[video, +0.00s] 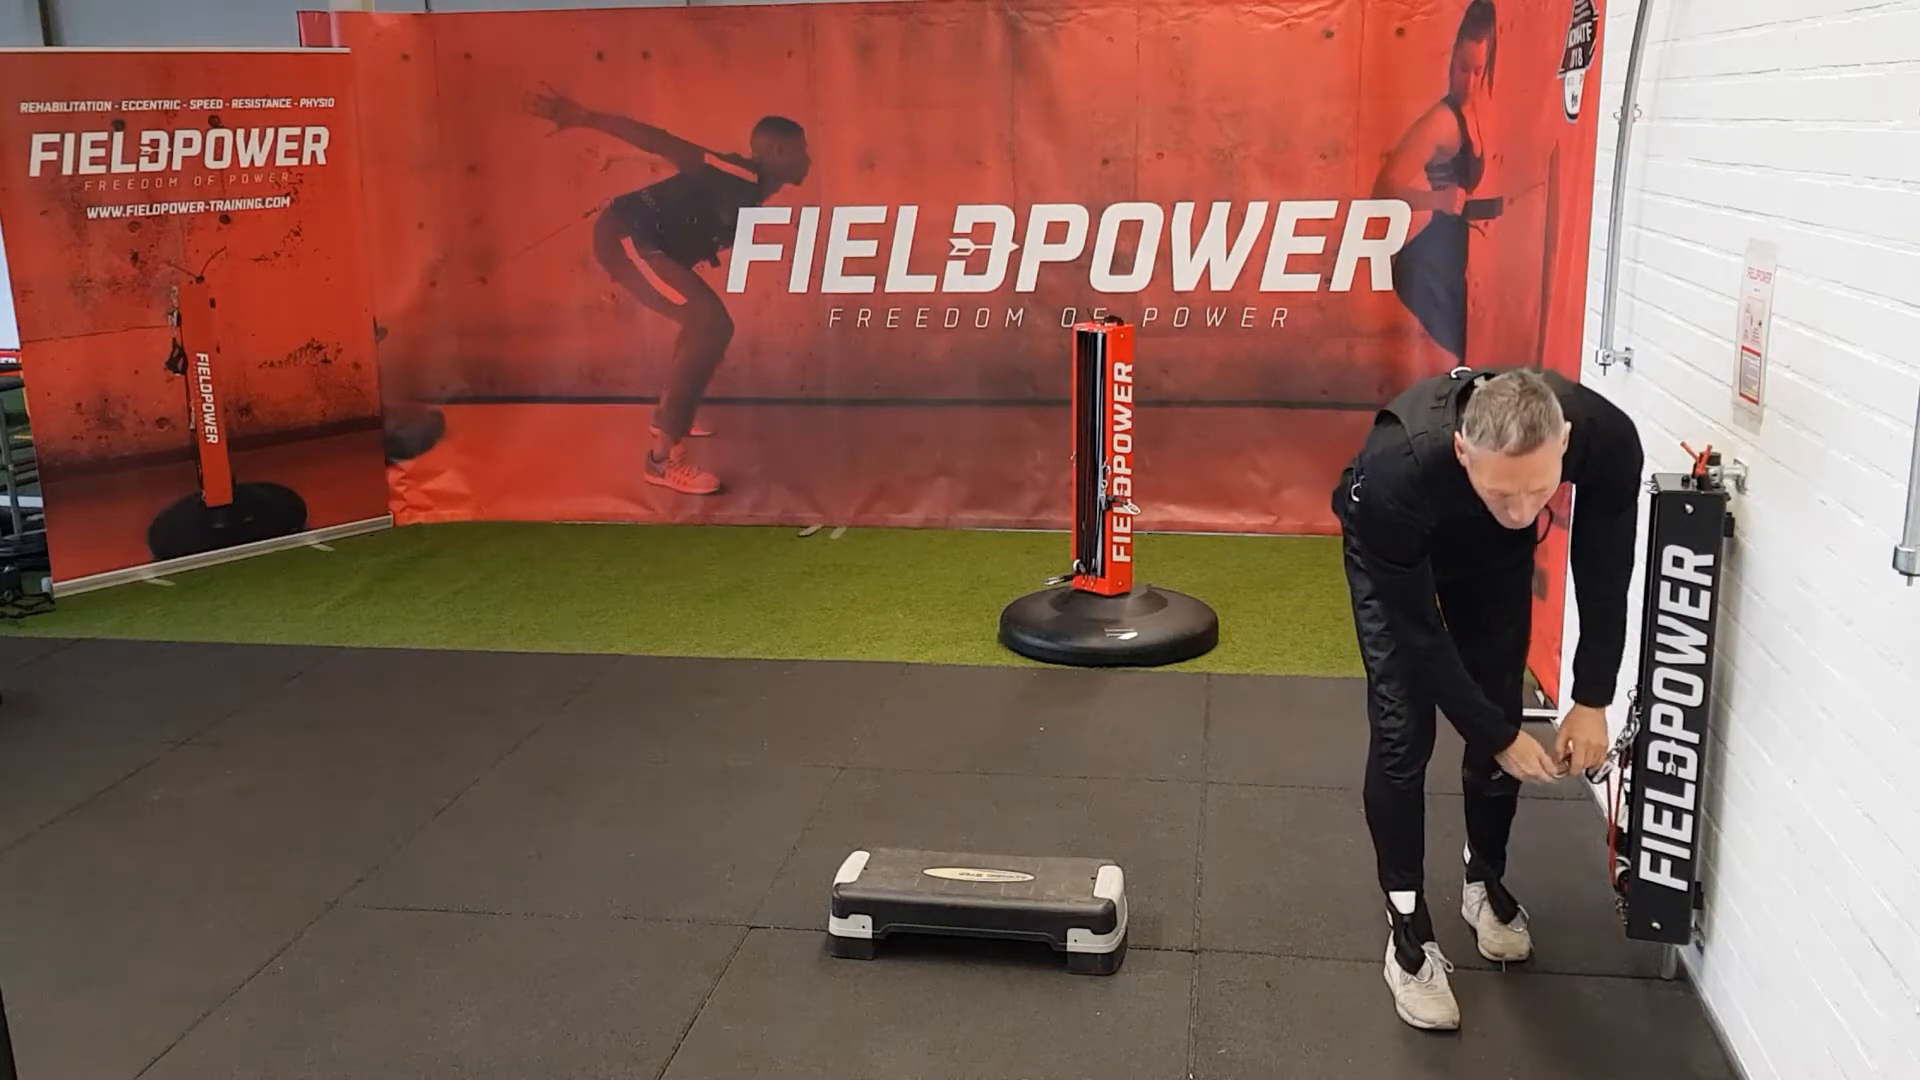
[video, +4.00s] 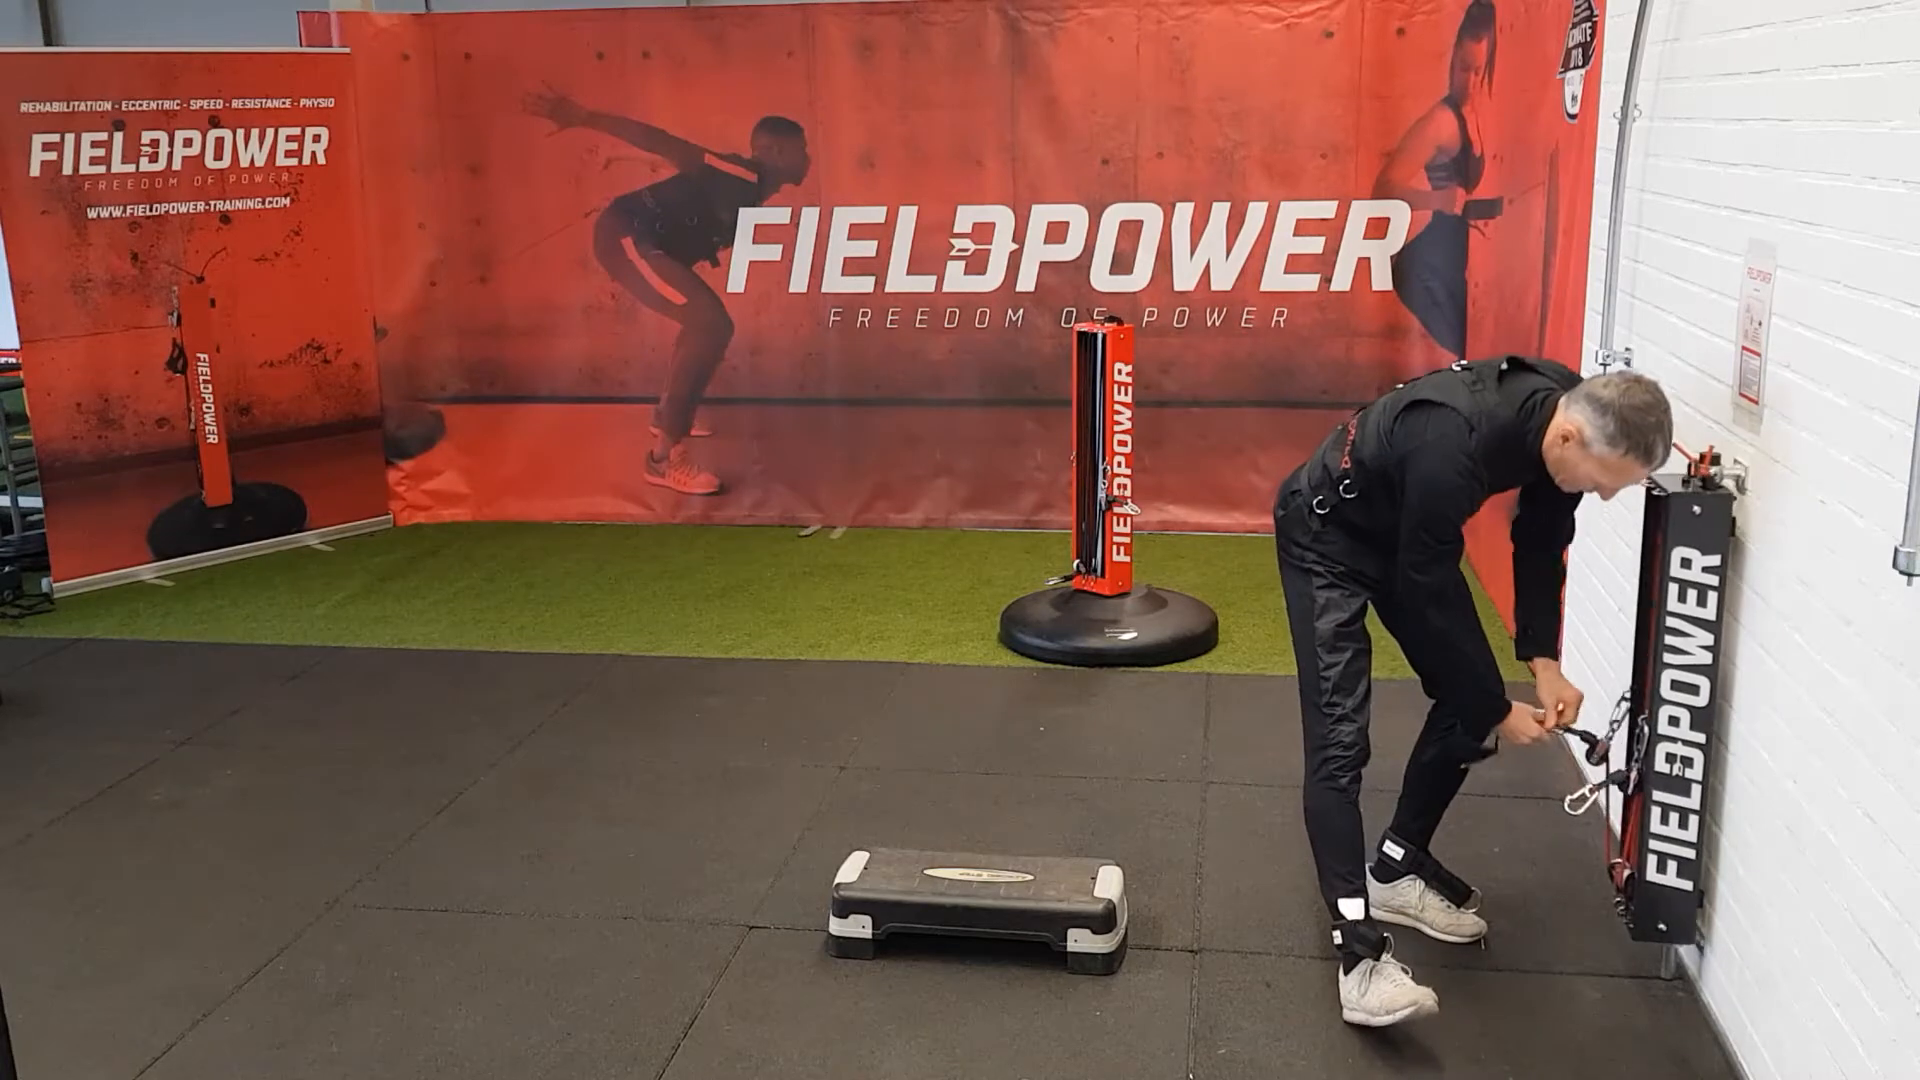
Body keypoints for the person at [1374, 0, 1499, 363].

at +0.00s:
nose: (1471, 81)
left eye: (1482, 71)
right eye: (1464, 68)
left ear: (1491, 73)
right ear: (1450, 65)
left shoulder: (1467, 120)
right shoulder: (1440, 121)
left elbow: (1437, 191)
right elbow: (1388, 189)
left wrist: (1473, 211)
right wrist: (1438, 200)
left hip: (1445, 254)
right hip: (1424, 257)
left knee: (1451, 358)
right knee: (1444, 360)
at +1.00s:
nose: (1470, 84)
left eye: (1479, 72)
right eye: (1463, 70)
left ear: (1490, 69)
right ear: (1448, 65)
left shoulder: (1473, 115)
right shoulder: (1440, 120)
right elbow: (1390, 185)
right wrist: (1438, 199)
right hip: (1426, 249)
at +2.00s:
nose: (1471, 81)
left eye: (1479, 71)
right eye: (1465, 68)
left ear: (1488, 70)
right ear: (1450, 62)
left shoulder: (1465, 118)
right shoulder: (1440, 120)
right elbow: (1387, 189)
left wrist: (1472, 210)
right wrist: (1439, 200)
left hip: (1446, 251)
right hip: (1426, 256)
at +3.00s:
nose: (1471, 80)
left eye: (1480, 71)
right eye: (1465, 68)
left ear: (1489, 69)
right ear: (1451, 63)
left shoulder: (1472, 116)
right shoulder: (1441, 121)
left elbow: (1440, 194)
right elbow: (1387, 187)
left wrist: (1475, 209)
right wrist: (1438, 200)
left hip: (1447, 254)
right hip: (1426, 258)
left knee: (1457, 348)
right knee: (1450, 348)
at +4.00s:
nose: (1472, 81)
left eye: (1482, 72)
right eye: (1464, 69)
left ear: (1492, 74)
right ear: (1450, 66)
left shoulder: (1468, 121)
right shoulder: (1440, 121)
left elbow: (1438, 191)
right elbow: (1388, 187)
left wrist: (1473, 211)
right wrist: (1437, 199)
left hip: (1446, 257)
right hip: (1424, 260)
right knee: (1450, 358)